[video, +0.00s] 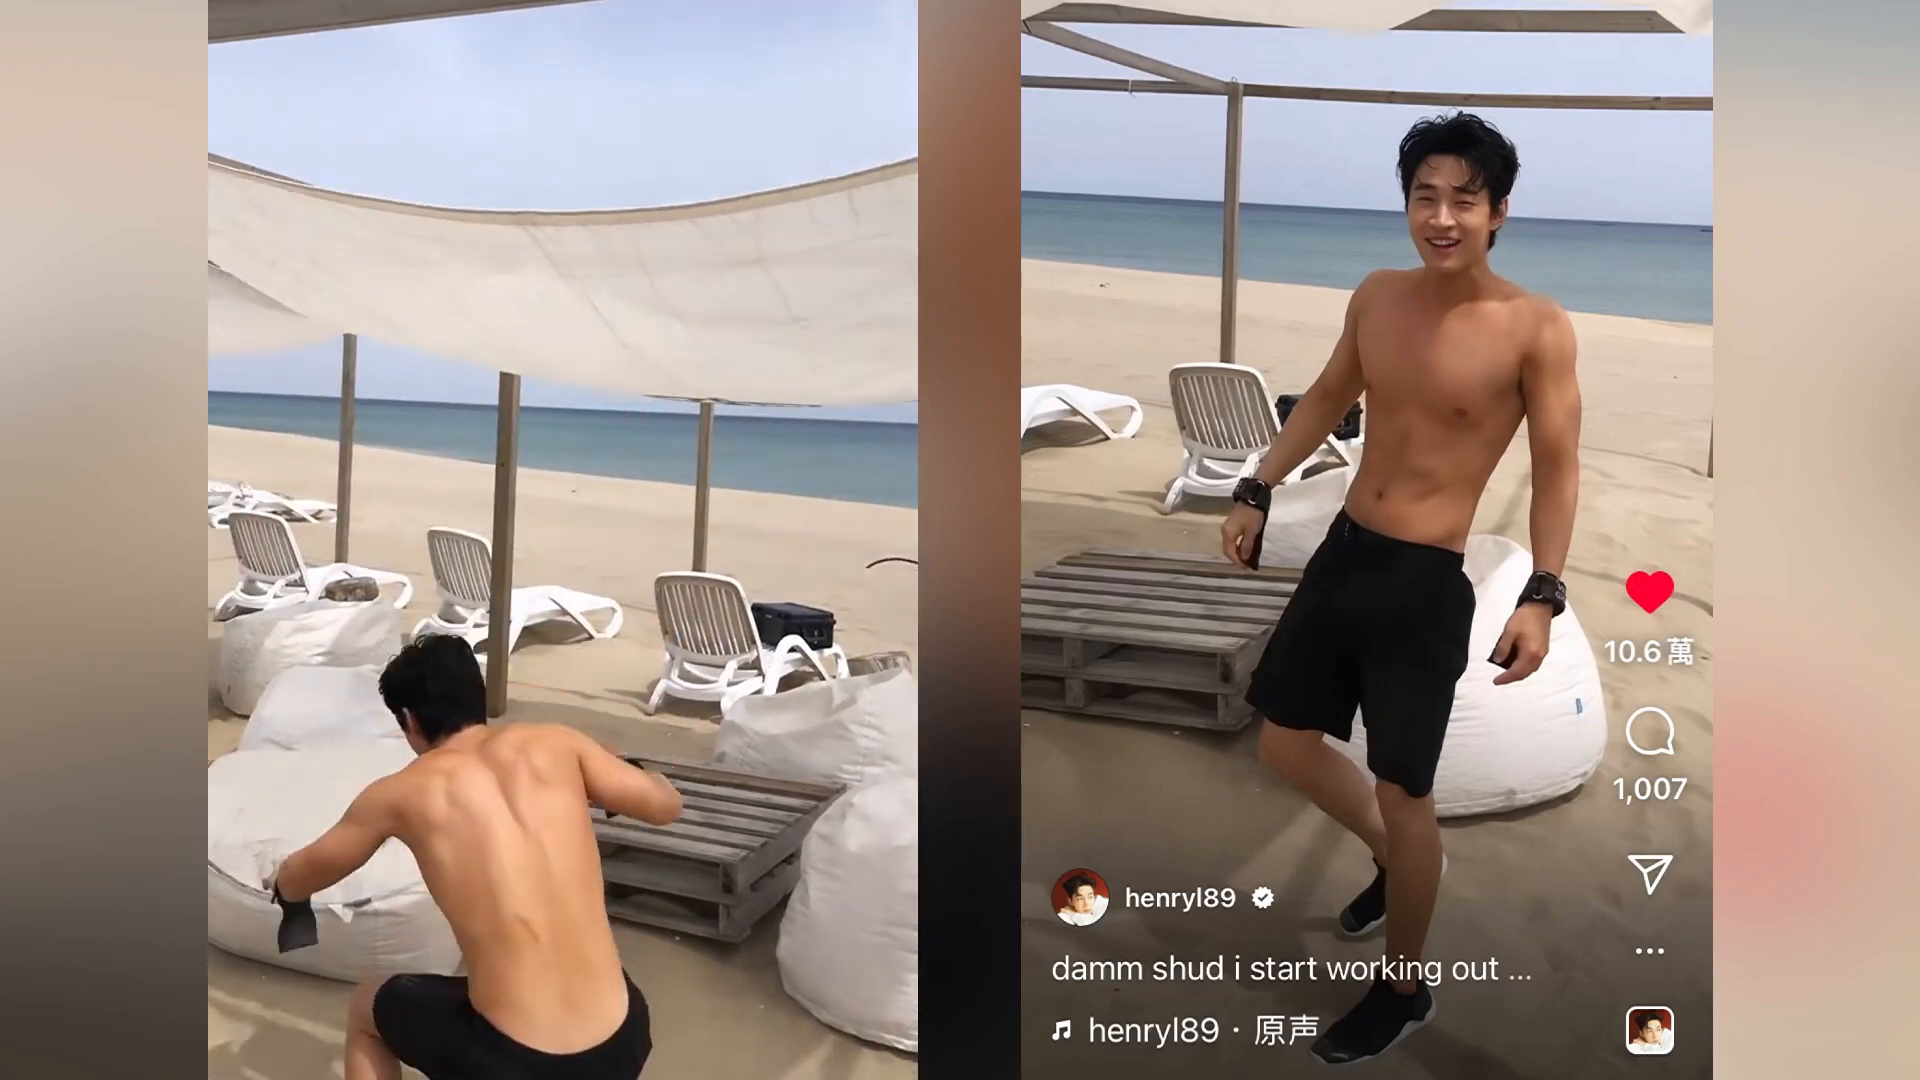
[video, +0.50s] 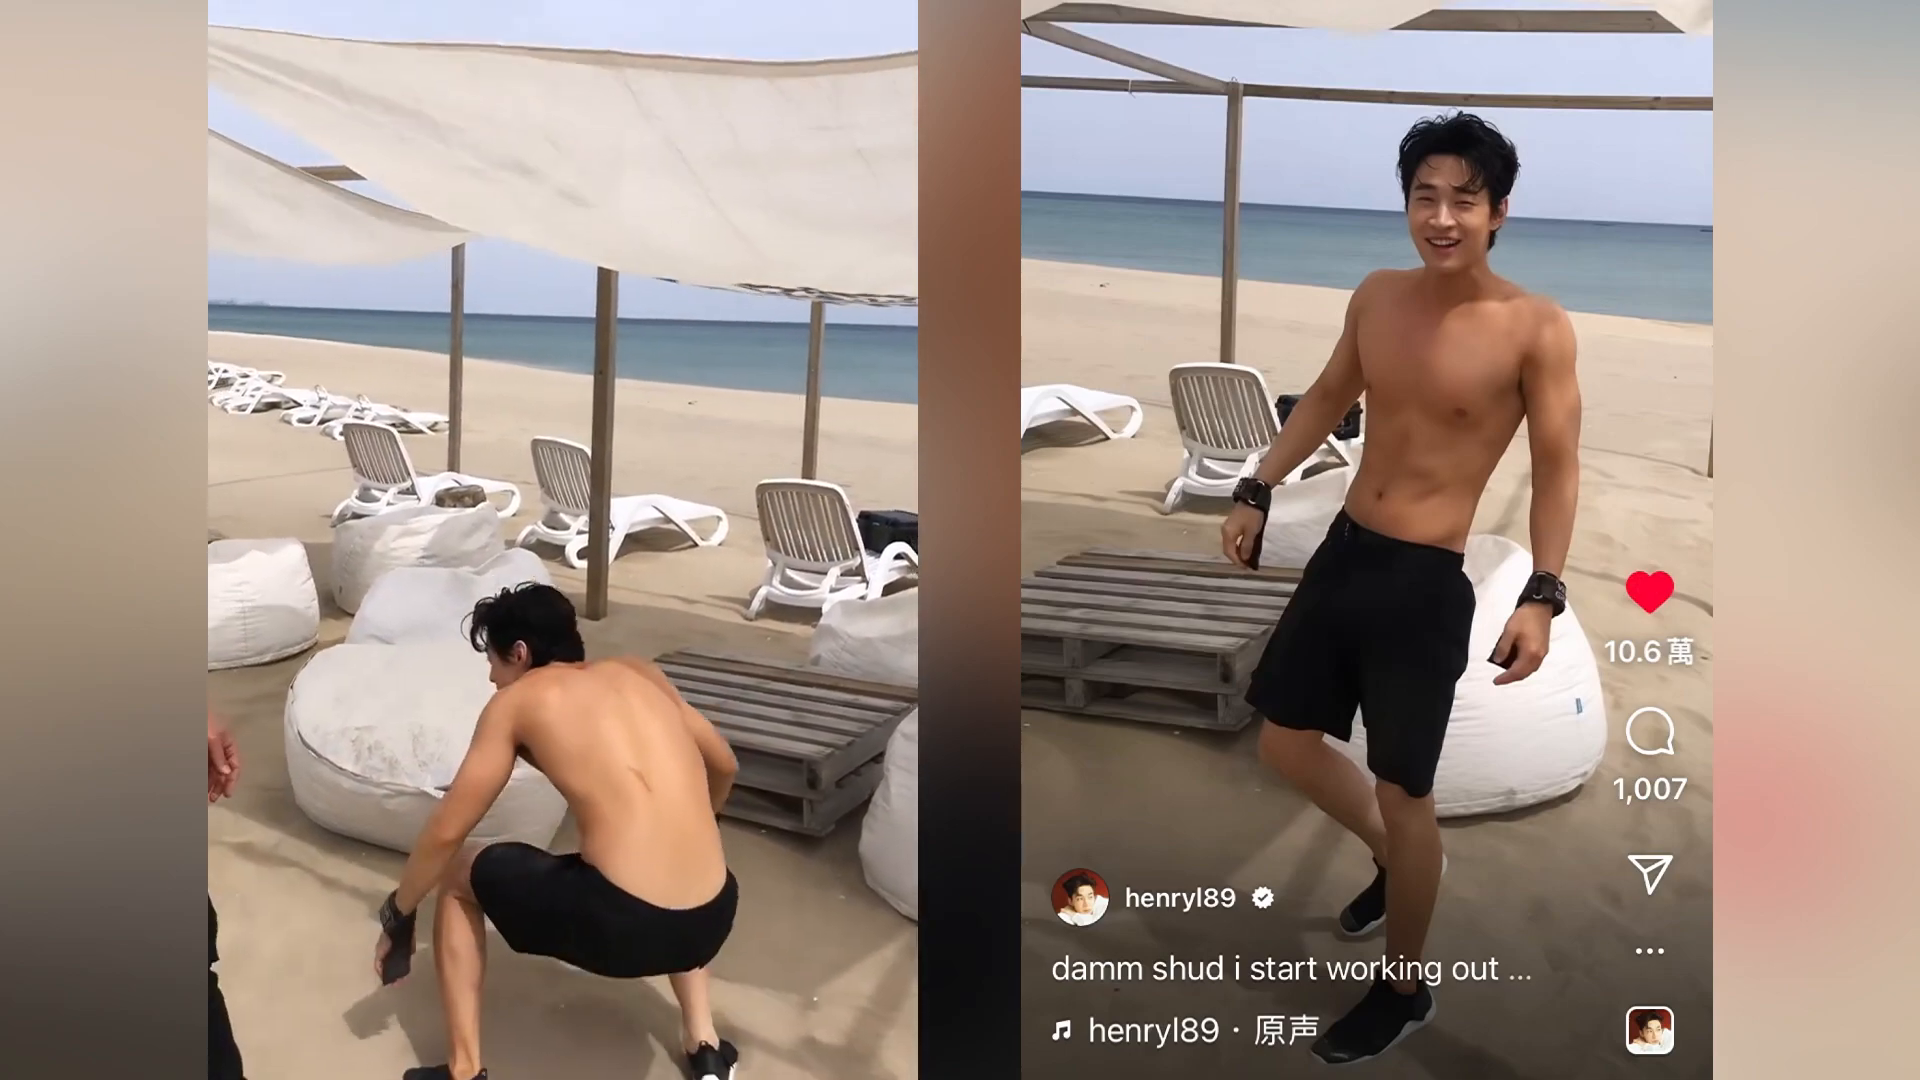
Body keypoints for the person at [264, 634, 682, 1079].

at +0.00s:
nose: (404, 731)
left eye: (400, 722)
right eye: (402, 722)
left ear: (411, 722)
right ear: (481, 701)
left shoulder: (400, 794)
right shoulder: (558, 743)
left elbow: (299, 877)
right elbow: (667, 805)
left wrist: (283, 882)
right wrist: (610, 782)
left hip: (513, 1055)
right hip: (620, 1044)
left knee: (369, 1006)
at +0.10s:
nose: (419, 790)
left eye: (416, 778)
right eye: (415, 778)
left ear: (429, 778)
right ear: (498, 757)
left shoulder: (419, 846)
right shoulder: (574, 796)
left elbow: (330, 932)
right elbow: (678, 841)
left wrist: (323, 964)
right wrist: (615, 835)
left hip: (528, 1071)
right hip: (636, 1066)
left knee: (397, 973)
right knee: (619, 952)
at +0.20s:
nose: (435, 806)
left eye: (433, 793)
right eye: (431, 793)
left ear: (451, 793)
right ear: (514, 775)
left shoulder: (447, 853)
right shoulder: (588, 806)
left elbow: (357, 943)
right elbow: (683, 858)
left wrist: (348, 988)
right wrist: (631, 858)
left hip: (546, 1071)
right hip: (653, 1066)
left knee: (418, 945)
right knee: (627, 928)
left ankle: (418, 1073)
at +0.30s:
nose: (452, 786)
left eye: (450, 773)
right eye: (448, 775)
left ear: (470, 769)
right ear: (528, 754)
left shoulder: (465, 827)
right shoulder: (601, 781)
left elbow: (381, 931)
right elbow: (690, 848)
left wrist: (363, 972)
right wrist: (640, 886)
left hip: (571, 1059)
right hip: (670, 1048)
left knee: (432, 925)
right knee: (635, 896)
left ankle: (438, 1072)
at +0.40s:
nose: (470, 739)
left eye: (470, 724)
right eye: (467, 725)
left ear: (493, 717)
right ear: (548, 704)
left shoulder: (487, 770)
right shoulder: (617, 732)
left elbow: (410, 894)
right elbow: (703, 812)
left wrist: (374, 945)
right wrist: (667, 868)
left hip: (597, 1005)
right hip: (689, 992)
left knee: (446, 896)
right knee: (675, 876)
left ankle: (453, 1072)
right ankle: (688, 1063)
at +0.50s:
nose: (493, 678)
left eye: (494, 662)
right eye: (489, 663)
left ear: (521, 654)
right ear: (574, 647)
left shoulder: (515, 702)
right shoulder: (640, 672)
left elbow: (445, 832)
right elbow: (723, 764)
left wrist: (399, 912)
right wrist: (692, 825)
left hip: (617, 926)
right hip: (710, 920)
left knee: (458, 873)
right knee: (670, 859)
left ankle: (464, 1066)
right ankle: (704, 1043)